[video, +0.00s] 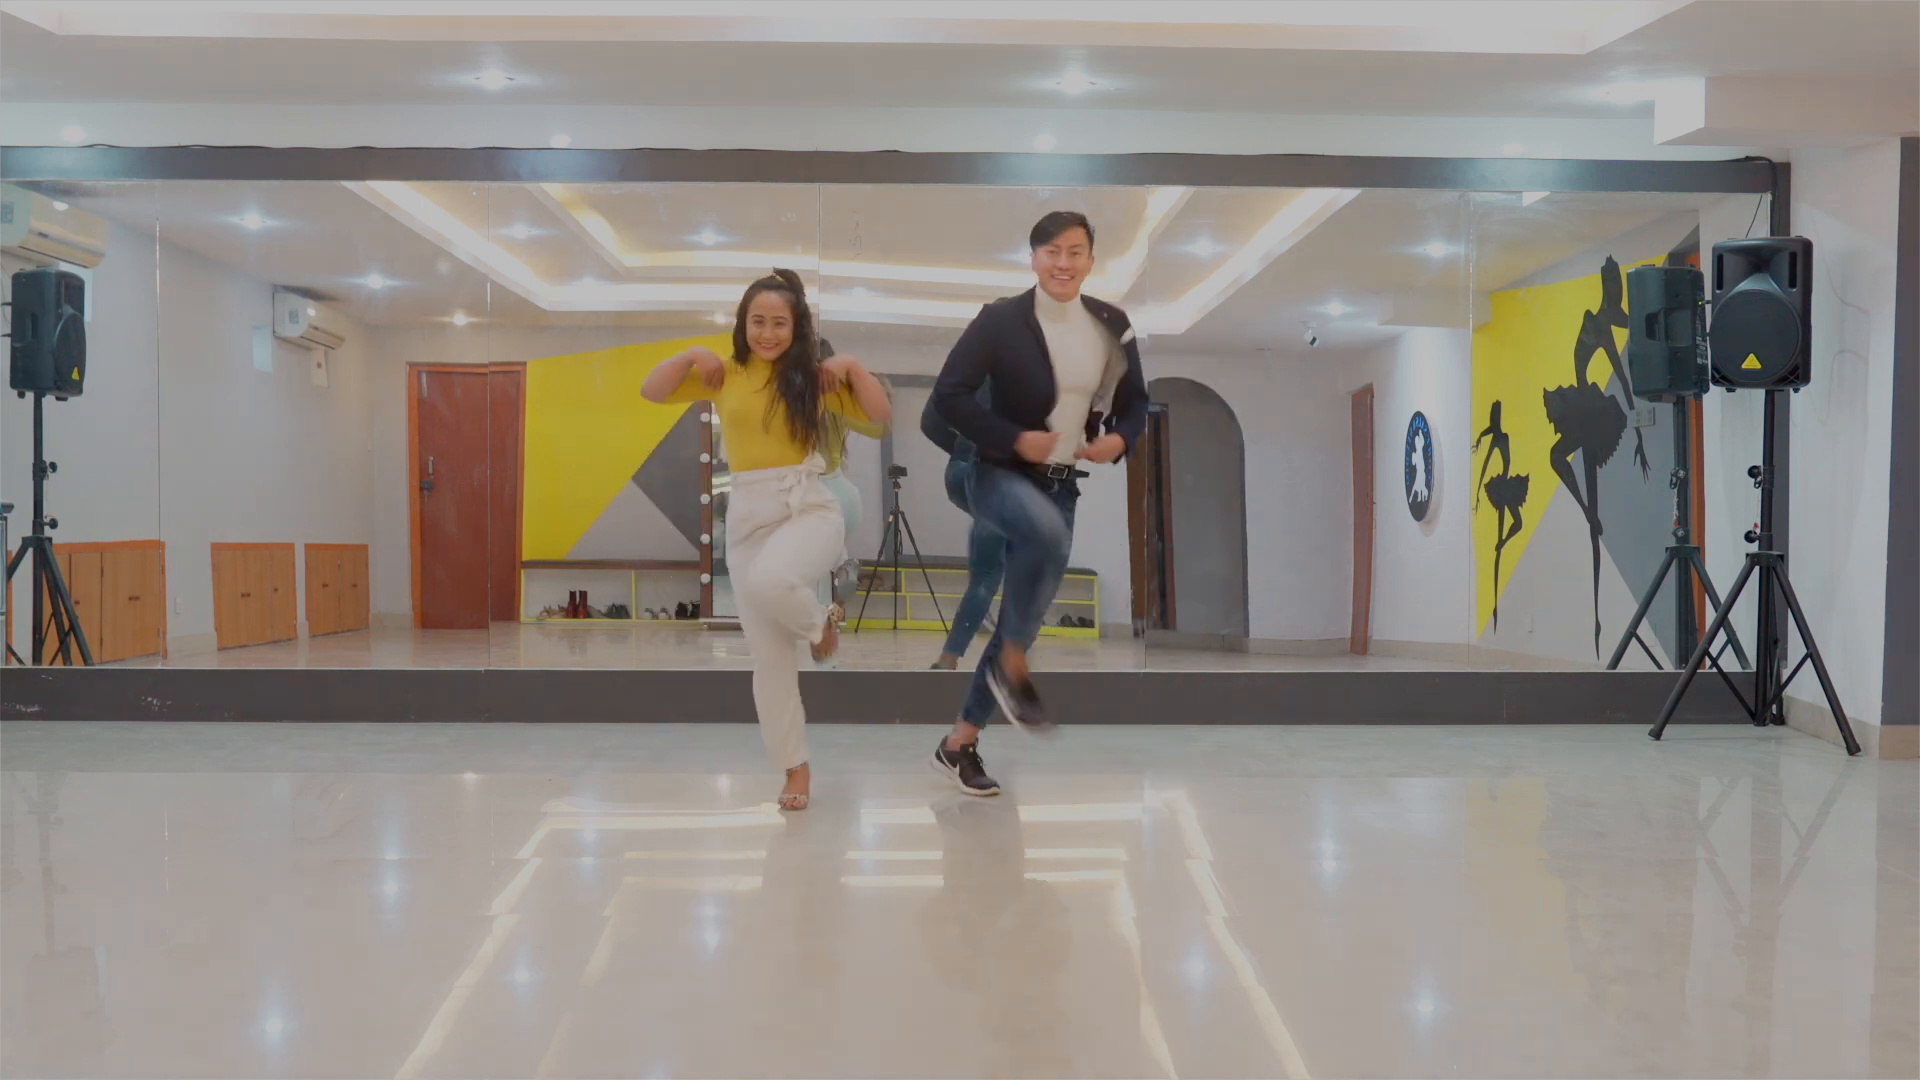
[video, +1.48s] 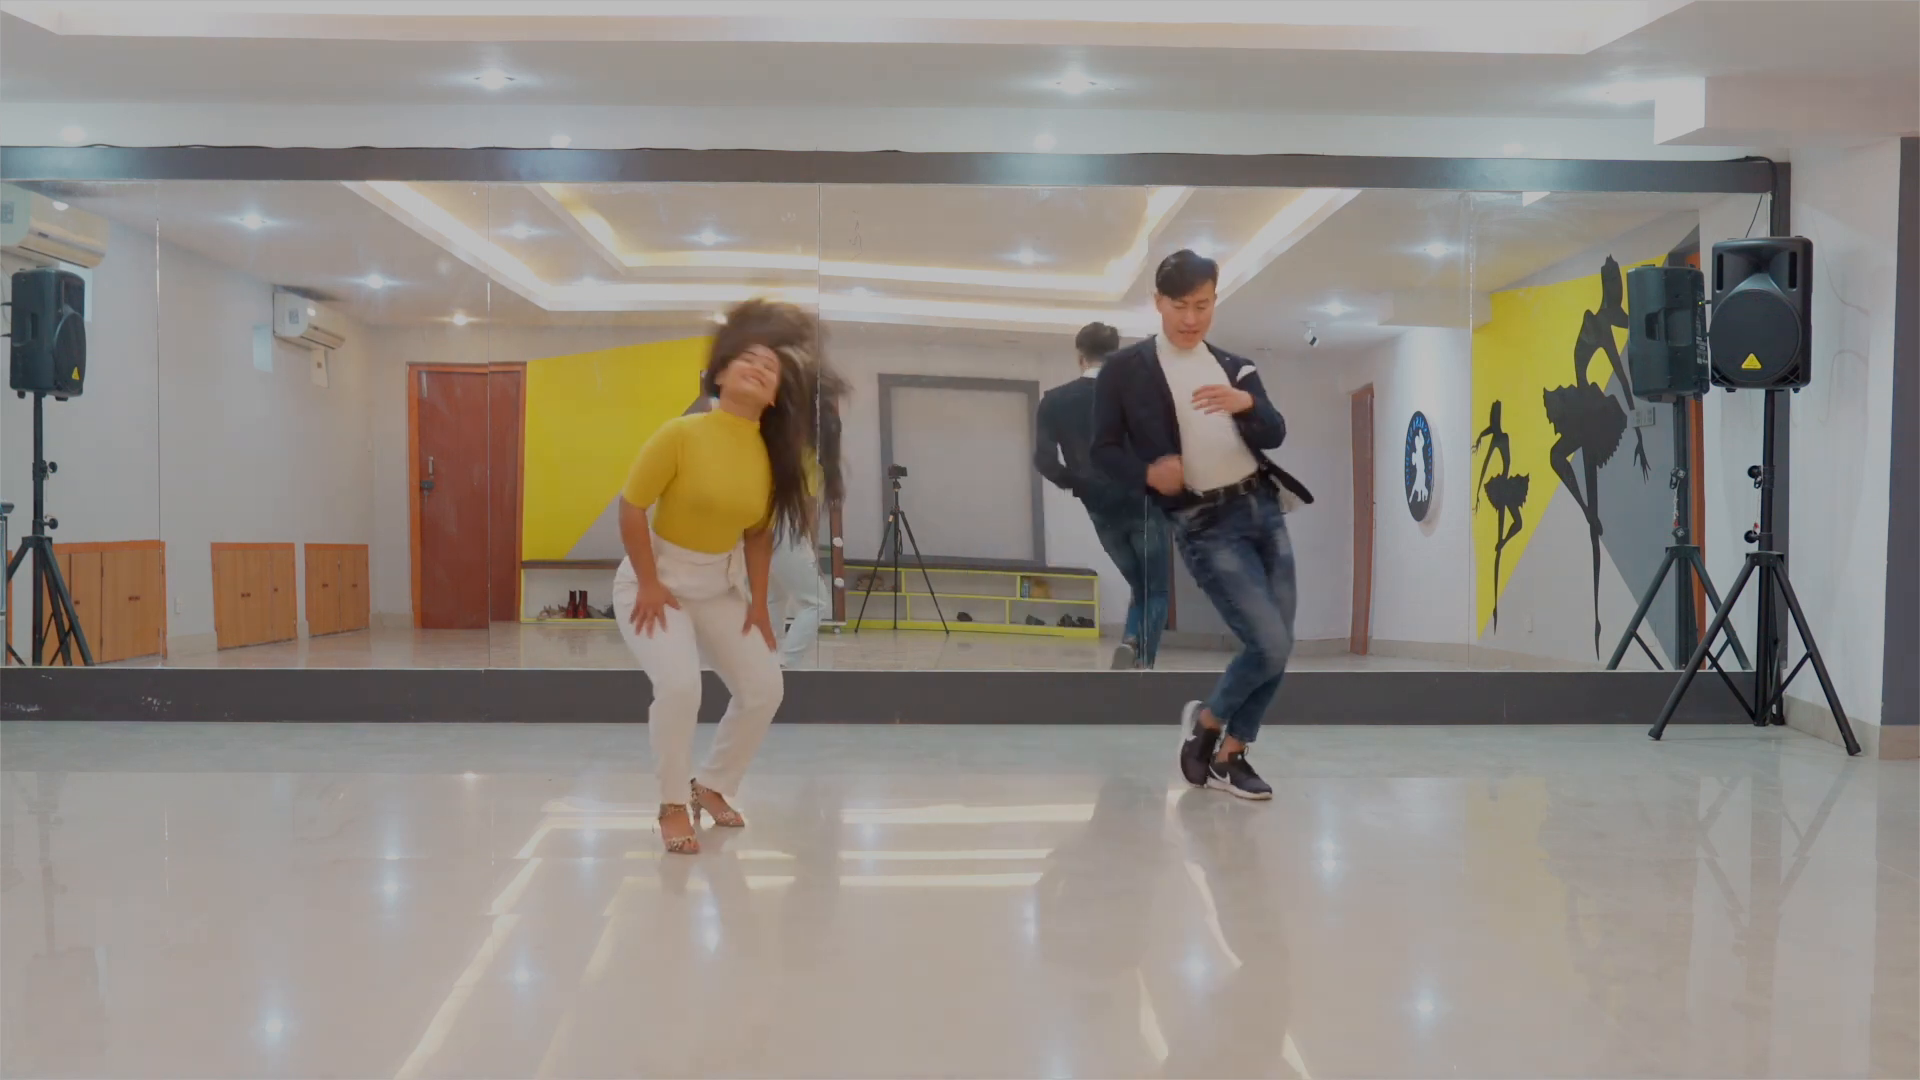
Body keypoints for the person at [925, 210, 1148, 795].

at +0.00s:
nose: (1064, 263)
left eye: (1075, 252)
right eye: (1053, 251)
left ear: (1092, 261)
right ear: (1034, 259)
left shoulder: (1112, 328)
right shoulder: (1000, 322)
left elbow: (1135, 403)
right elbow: (950, 397)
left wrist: (1120, 437)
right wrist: (1015, 438)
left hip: (1058, 486)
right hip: (993, 470)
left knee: (1023, 616)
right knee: (1045, 535)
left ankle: (961, 741)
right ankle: (1012, 663)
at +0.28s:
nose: (1082, 308)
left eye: (1089, 298)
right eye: (1069, 296)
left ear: (1097, 305)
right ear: (1041, 301)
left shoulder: (1094, 382)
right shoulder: (1022, 363)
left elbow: (1112, 457)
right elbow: (962, 432)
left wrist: (1138, 473)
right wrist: (1036, 454)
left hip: (1080, 536)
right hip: (1018, 534)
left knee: (1105, 664)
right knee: (1070, 651)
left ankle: (1008, 715)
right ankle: (1076, 760)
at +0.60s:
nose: (1097, 314)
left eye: (1106, 302)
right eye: (1084, 303)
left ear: (1115, 308)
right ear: (1057, 309)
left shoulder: (1114, 369)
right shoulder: (1034, 371)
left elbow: (1144, 447)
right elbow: (954, 438)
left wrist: (1120, 435)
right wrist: (1005, 486)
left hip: (1070, 528)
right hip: (1010, 524)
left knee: (1056, 649)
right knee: (1043, 630)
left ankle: (972, 743)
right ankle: (1064, 741)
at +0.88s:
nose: (1083, 307)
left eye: (1093, 295)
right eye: (1071, 296)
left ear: (1107, 297)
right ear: (1050, 302)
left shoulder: (1133, 363)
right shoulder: (1018, 365)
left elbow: (1146, 447)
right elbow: (951, 435)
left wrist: (1101, 497)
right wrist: (986, 455)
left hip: (1110, 521)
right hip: (1050, 520)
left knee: (1096, 650)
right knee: (1105, 641)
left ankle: (994, 724)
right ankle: (1044, 756)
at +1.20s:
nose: (1158, 302)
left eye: (1168, 290)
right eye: (1146, 292)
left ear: (1184, 291)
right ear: (1128, 294)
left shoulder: (1213, 346)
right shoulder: (1106, 362)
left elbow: (1247, 390)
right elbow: (1060, 449)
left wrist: (1255, 431)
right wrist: (1125, 476)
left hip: (1185, 517)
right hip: (1110, 516)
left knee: (1223, 644)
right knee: (1053, 622)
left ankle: (1230, 754)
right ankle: (1043, 750)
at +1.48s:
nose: (1193, 319)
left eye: (1203, 306)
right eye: (1181, 306)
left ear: (1215, 302)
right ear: (1157, 301)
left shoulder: (1233, 365)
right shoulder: (1124, 370)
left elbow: (1272, 435)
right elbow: (1103, 449)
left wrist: (1247, 404)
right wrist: (1146, 471)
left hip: (1261, 506)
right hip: (1202, 521)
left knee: (1277, 649)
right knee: (1270, 648)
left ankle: (1230, 755)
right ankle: (1207, 722)